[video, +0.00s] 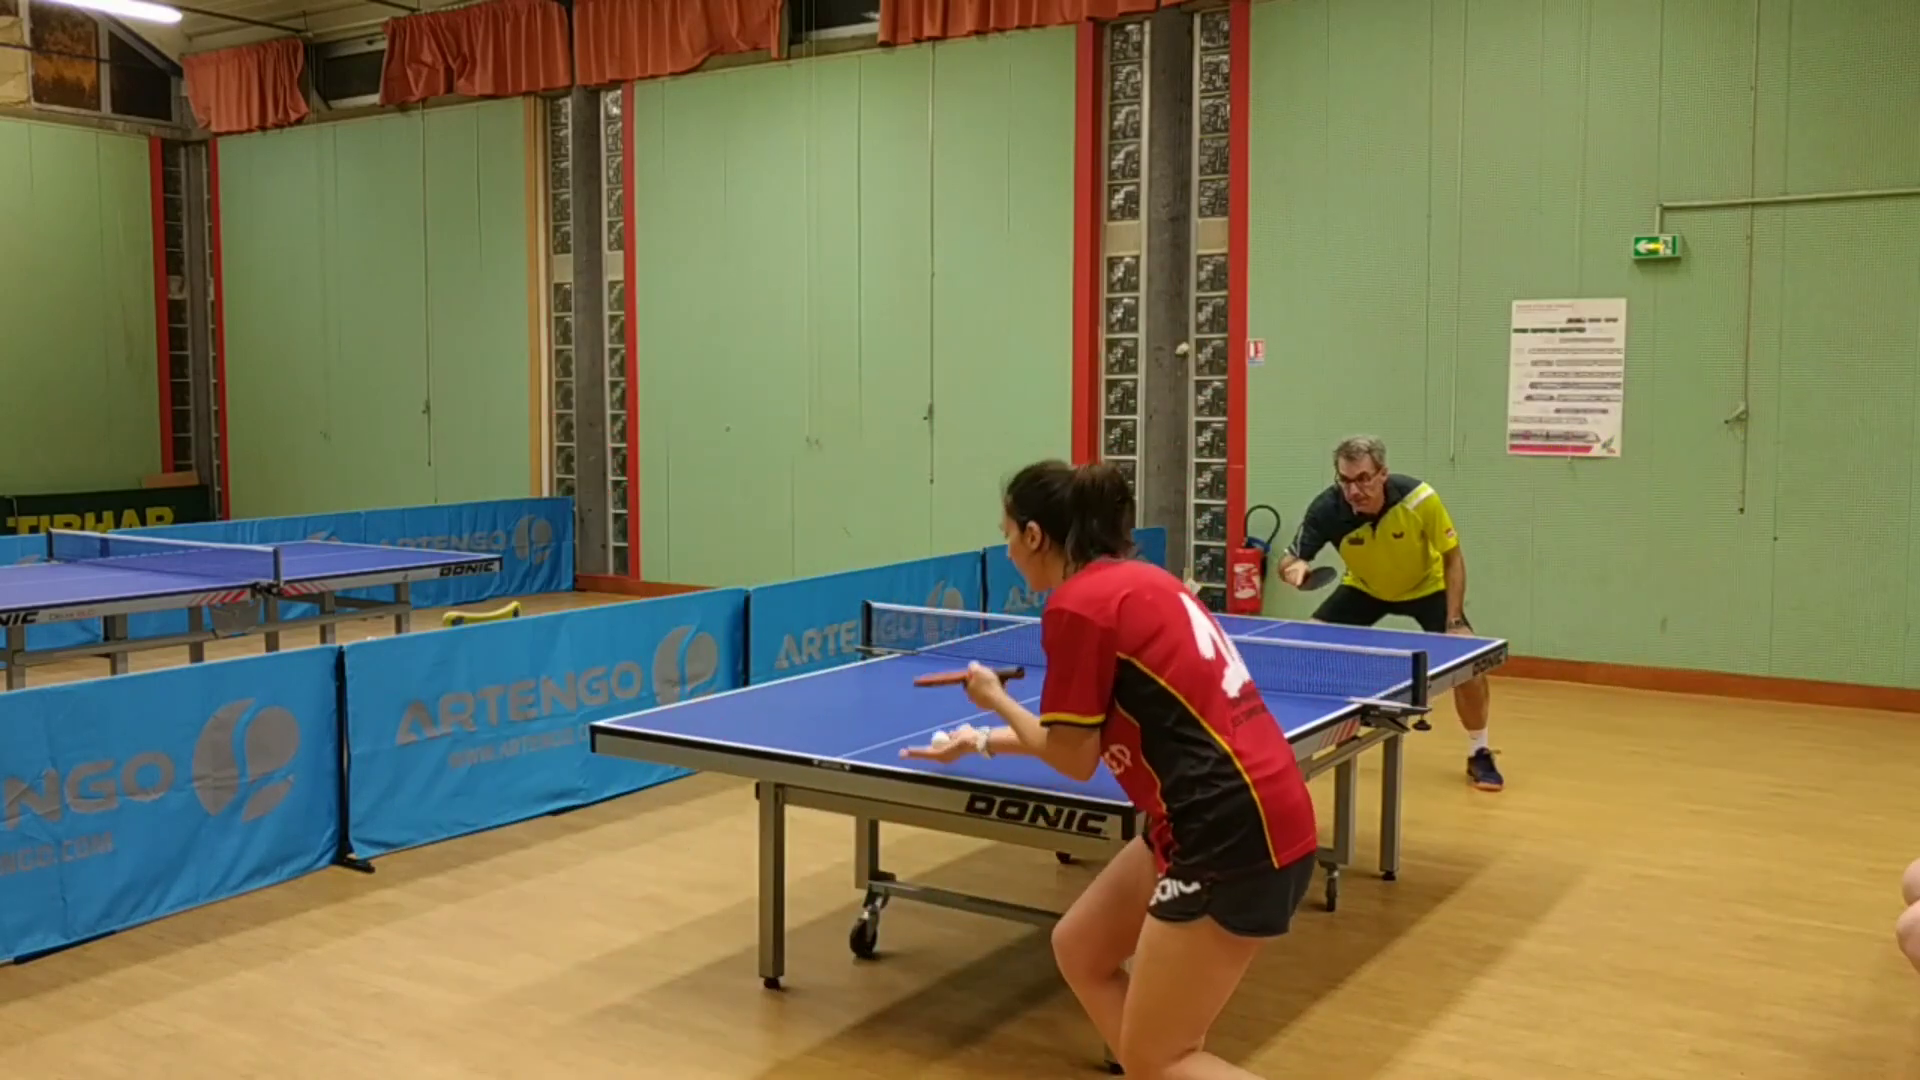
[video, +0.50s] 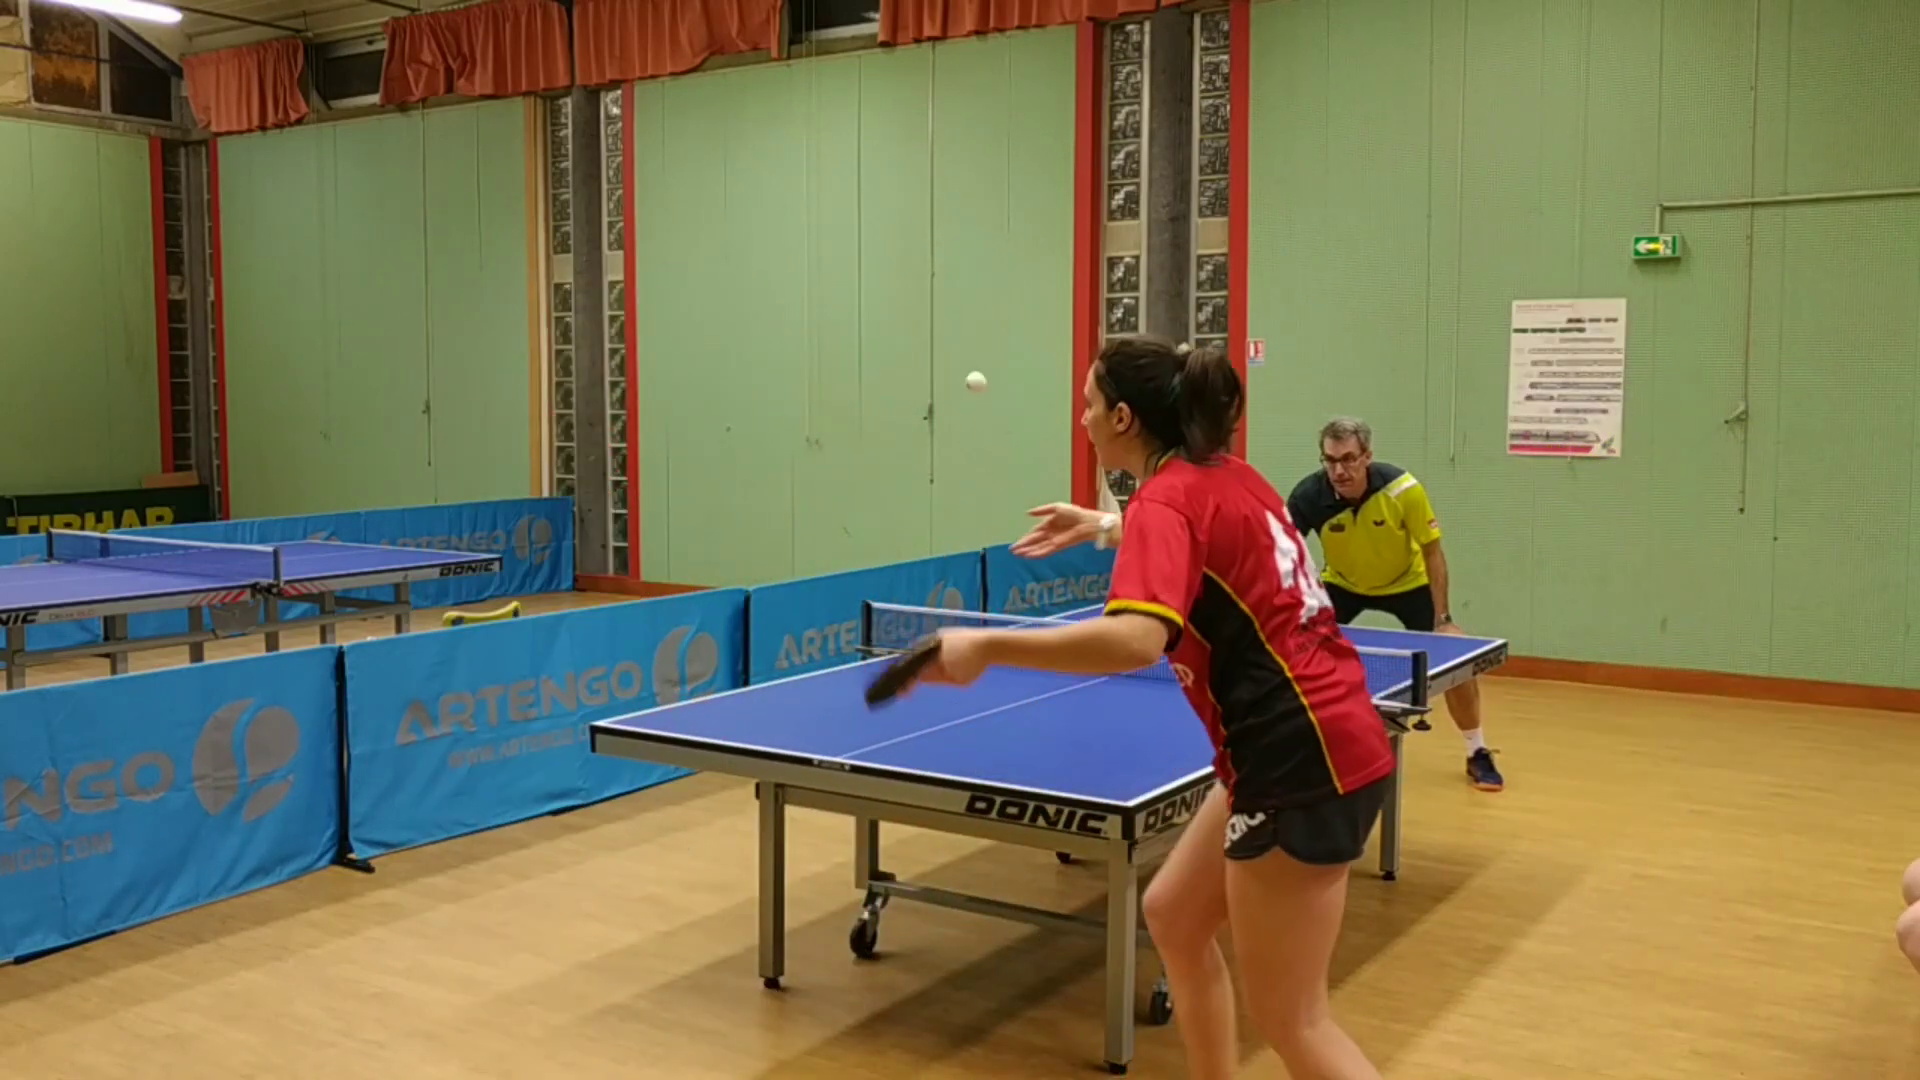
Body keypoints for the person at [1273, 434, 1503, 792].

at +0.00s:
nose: (1354, 490)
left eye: (1363, 479)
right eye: (1346, 481)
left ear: (1383, 472)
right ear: (1338, 477)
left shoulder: (1418, 497)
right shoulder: (1328, 508)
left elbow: (1452, 557)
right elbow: (1290, 559)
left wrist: (1455, 619)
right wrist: (1296, 572)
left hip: (1426, 591)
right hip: (1364, 590)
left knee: (1468, 661)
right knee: (1306, 643)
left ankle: (1480, 754)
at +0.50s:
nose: (1340, 470)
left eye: (1349, 459)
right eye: (1331, 461)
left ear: (1367, 455)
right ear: (1322, 460)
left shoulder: (1401, 487)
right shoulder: (1308, 498)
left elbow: (1432, 552)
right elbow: (1279, 548)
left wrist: (1442, 618)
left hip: (1407, 584)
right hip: (1342, 586)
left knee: (1454, 657)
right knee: (1295, 652)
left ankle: (1478, 753)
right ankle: (1290, 749)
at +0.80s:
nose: (1304, 457)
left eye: (1312, 447)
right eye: (1296, 448)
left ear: (1329, 443)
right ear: (1286, 446)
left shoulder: (1360, 472)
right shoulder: (1269, 485)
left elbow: (1390, 528)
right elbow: (1249, 544)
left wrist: (1406, 588)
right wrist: (1266, 594)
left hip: (1365, 577)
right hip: (1303, 579)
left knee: (1417, 654)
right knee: (1264, 655)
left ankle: (1467, 750)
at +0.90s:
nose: (1294, 450)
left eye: (1303, 440)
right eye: (1286, 441)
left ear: (1321, 436)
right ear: (1277, 439)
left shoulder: (1351, 463)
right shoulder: (1260, 475)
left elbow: (1378, 518)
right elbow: (1233, 530)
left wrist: (1394, 578)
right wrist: (1237, 546)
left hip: (1357, 569)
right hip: (1295, 571)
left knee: (1404, 647)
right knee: (1261, 649)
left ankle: (1443, 744)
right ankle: (1254, 745)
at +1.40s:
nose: (1267, 472)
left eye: (1276, 462)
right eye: (1259, 462)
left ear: (1294, 451)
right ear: (1249, 454)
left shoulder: (1326, 472)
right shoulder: (1236, 485)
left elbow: (1360, 519)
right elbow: (1183, 540)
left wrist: (1378, 580)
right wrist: (1225, 520)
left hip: (1329, 583)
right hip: (1267, 582)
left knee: (1378, 657)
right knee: (1220, 651)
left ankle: (1411, 740)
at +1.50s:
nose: (1243, 485)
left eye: (1252, 475)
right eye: (1235, 475)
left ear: (1269, 464)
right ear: (1225, 467)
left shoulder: (1301, 484)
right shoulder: (1211, 495)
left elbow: (1335, 533)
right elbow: (1154, 549)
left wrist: (1360, 588)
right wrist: (1197, 531)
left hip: (1309, 596)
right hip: (1244, 594)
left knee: (1359, 664)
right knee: (1188, 651)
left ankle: (1403, 740)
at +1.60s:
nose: (1224, 488)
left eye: (1233, 477)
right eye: (1216, 479)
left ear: (1251, 466)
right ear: (1205, 470)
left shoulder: (1279, 486)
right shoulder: (1191, 497)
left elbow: (1311, 533)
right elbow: (1141, 535)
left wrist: (1339, 589)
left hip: (1291, 596)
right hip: (1228, 595)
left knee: (1345, 664)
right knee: (1178, 651)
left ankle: (1398, 742)